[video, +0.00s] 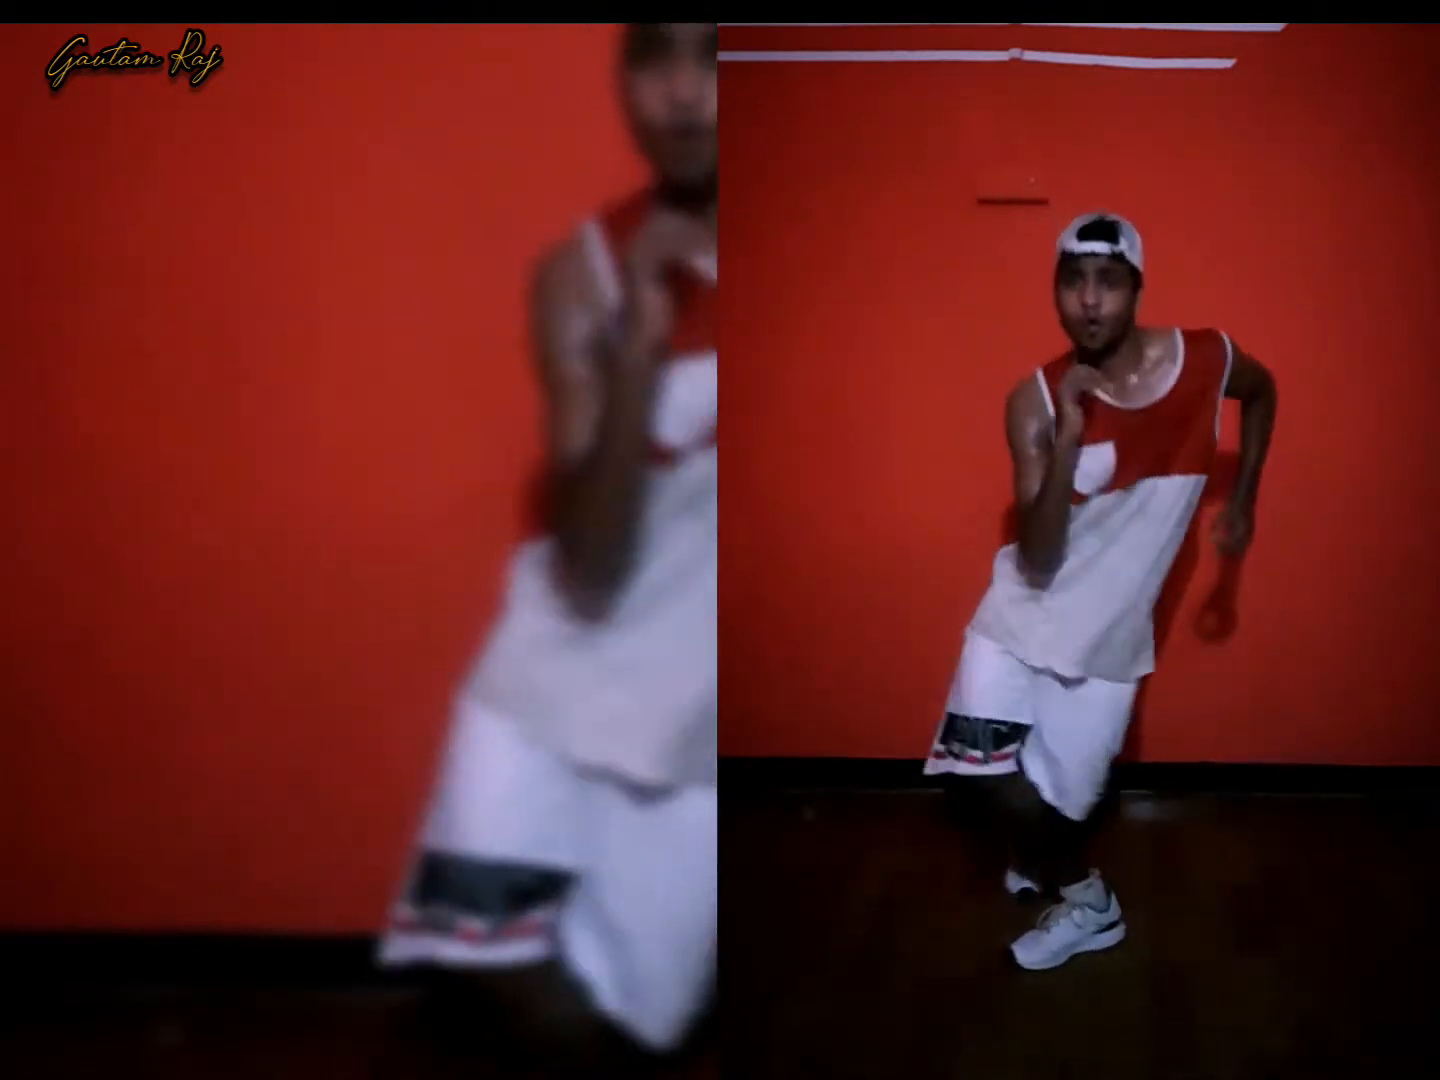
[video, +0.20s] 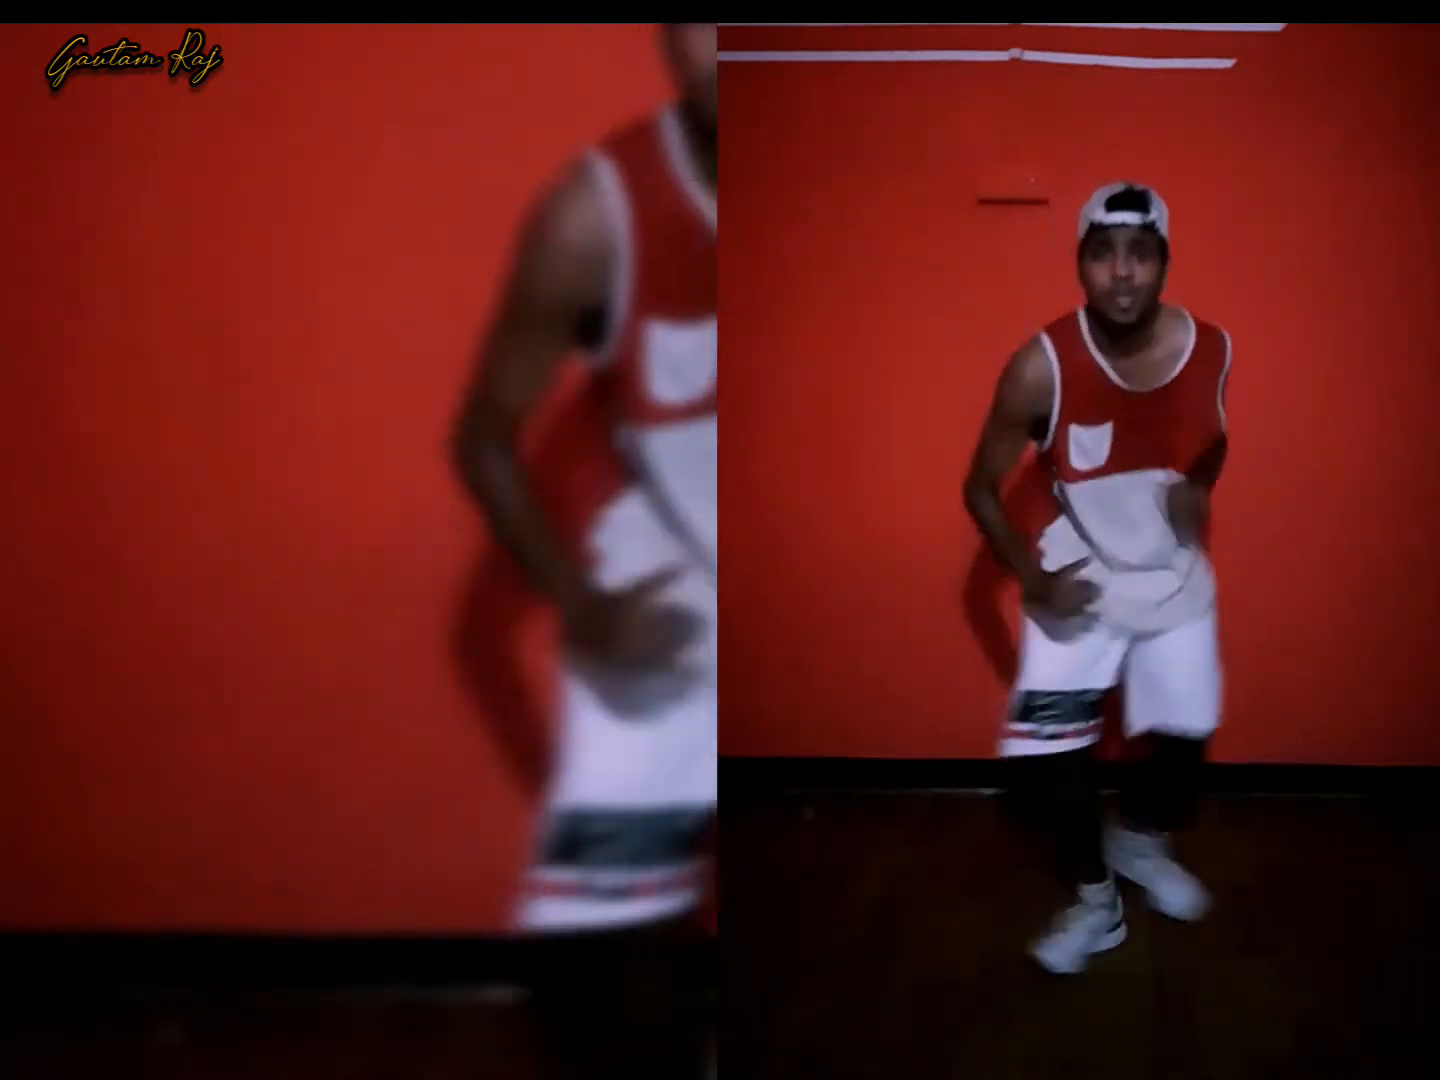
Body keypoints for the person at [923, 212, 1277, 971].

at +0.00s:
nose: (1089, 302)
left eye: (1107, 284)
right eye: (1074, 284)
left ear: (1138, 293)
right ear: (1058, 295)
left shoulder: (1202, 359)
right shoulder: (1037, 401)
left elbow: (1260, 390)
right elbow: (1039, 556)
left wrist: (1242, 499)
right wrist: (1066, 445)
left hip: (1113, 628)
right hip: (1023, 606)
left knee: (1064, 800)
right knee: (979, 757)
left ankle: (1034, 863)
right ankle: (1087, 899)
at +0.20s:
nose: (1123, 271)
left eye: (1140, 253)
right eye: (1106, 253)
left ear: (1165, 264)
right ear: (1081, 266)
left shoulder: (1206, 349)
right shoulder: (1044, 366)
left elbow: (1212, 435)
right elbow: (983, 487)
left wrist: (1196, 491)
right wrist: (1031, 576)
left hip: (1175, 573)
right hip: (1077, 577)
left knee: (1182, 737)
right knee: (1049, 753)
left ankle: (1137, 841)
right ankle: (1091, 899)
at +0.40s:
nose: (1133, 281)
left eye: (1149, 264)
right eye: (1115, 263)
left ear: (1171, 276)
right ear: (1088, 276)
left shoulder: (1205, 378)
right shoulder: (1034, 366)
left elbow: (1230, 517)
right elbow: (986, 423)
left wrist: (1213, 462)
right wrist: (1018, 521)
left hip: (1201, 581)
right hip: (1102, 580)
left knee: (1240, 751)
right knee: (1108, 757)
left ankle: (1249, 874)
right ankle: (1107, 903)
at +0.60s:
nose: (1120, 296)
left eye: (1137, 278)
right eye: (1103, 278)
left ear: (1161, 288)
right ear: (1079, 290)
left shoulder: (1228, 366)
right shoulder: (1054, 386)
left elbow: (1259, 440)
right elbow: (1035, 527)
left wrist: (1241, 540)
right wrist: (1016, 482)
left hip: (1184, 580)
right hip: (1088, 567)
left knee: (1130, 735)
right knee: (1064, 748)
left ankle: (1159, 781)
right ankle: (1100, 899)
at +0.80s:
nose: (1163, 268)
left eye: (1180, 250)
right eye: (1144, 250)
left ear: (1203, 264)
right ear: (1117, 264)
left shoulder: (1250, 358)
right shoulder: (1069, 361)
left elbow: (1288, 492)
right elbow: (1034, 444)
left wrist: (1287, 459)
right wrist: (1051, 544)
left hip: (1230, 587)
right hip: (1126, 580)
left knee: (1250, 762)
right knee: (1100, 763)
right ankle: (1109, 902)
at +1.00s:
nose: (1207, 269)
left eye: (1224, 251)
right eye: (1189, 252)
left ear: (1248, 262)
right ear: (1165, 267)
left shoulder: (1318, 346)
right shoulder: (1144, 371)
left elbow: (1420, 381)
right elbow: (1096, 489)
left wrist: (1394, 503)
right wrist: (1051, 460)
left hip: (1248, 589)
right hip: (1146, 565)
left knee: (1237, 759)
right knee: (1070, 720)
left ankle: (1288, 909)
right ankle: (1056, 869)